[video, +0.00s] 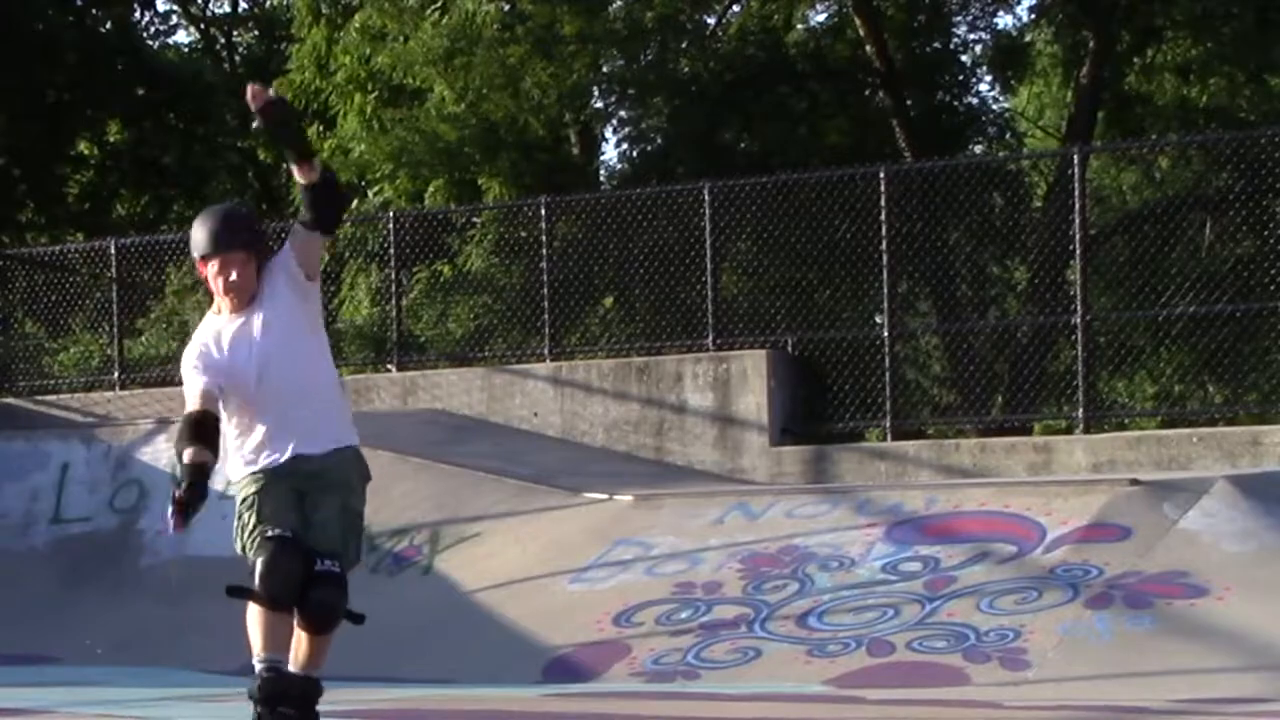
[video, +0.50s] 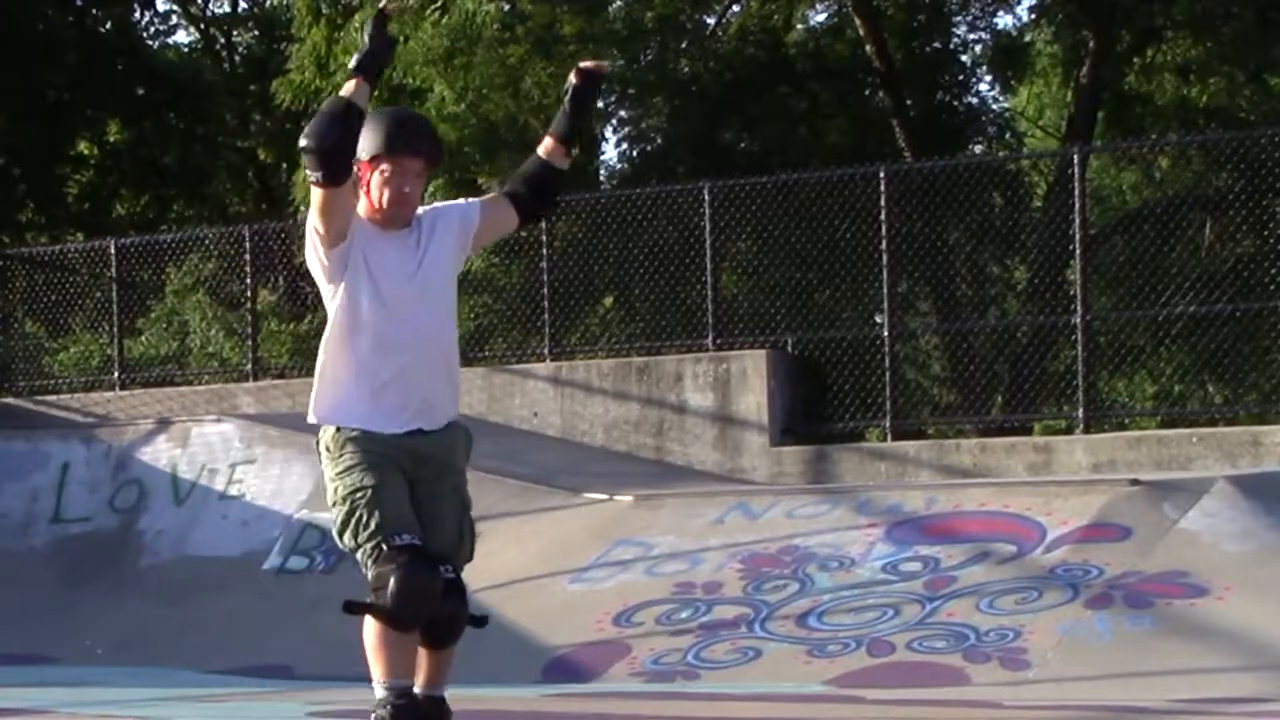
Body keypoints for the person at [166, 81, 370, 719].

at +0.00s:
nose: (226, 273)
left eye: (235, 259)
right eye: (214, 264)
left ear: (259, 254)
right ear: (201, 270)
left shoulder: (292, 279)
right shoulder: (204, 347)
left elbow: (324, 204)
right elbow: (201, 425)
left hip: (332, 456)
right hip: (262, 468)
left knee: (326, 591)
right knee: (279, 568)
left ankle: (300, 697)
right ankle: (270, 689)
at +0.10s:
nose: (257, 261)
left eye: (266, 248)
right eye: (247, 252)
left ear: (285, 241)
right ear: (232, 255)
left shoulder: (315, 254)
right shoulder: (227, 307)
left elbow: (365, 180)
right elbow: (215, 335)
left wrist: (368, 97)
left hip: (357, 450)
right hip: (284, 461)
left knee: (351, 592)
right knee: (299, 569)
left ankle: (329, 706)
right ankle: (286, 700)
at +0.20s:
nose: (282, 236)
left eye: (293, 222)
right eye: (271, 225)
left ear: (315, 216)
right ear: (253, 224)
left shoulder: (346, 246)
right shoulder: (246, 281)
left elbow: (409, 184)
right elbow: (229, 235)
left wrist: (429, 98)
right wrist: (240, 147)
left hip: (372, 440)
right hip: (297, 452)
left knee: (375, 591)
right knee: (322, 572)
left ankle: (353, 707)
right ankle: (310, 703)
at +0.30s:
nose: (325, 212)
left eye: (337, 199)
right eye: (313, 199)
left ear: (356, 198)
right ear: (292, 201)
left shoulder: (382, 239)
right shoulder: (278, 259)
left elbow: (456, 200)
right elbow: (260, 192)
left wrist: (497, 121)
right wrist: (277, 110)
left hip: (388, 438)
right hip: (313, 442)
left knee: (392, 587)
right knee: (345, 573)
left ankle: (376, 704)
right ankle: (335, 701)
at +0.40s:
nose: (372, 202)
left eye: (382, 189)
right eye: (360, 187)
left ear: (393, 190)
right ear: (328, 184)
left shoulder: (413, 235)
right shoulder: (306, 248)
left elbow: (488, 206)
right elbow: (286, 170)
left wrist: (534, 130)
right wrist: (315, 92)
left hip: (407, 438)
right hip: (331, 441)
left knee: (415, 587)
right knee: (369, 579)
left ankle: (401, 706)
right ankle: (362, 706)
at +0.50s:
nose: (406, 190)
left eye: (418, 177)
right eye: (395, 175)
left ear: (429, 180)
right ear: (362, 172)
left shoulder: (448, 227)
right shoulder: (337, 237)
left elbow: (527, 194)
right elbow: (324, 154)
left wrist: (571, 114)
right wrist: (364, 72)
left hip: (437, 434)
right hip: (358, 435)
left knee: (445, 584)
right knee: (395, 578)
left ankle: (430, 702)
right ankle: (391, 704)